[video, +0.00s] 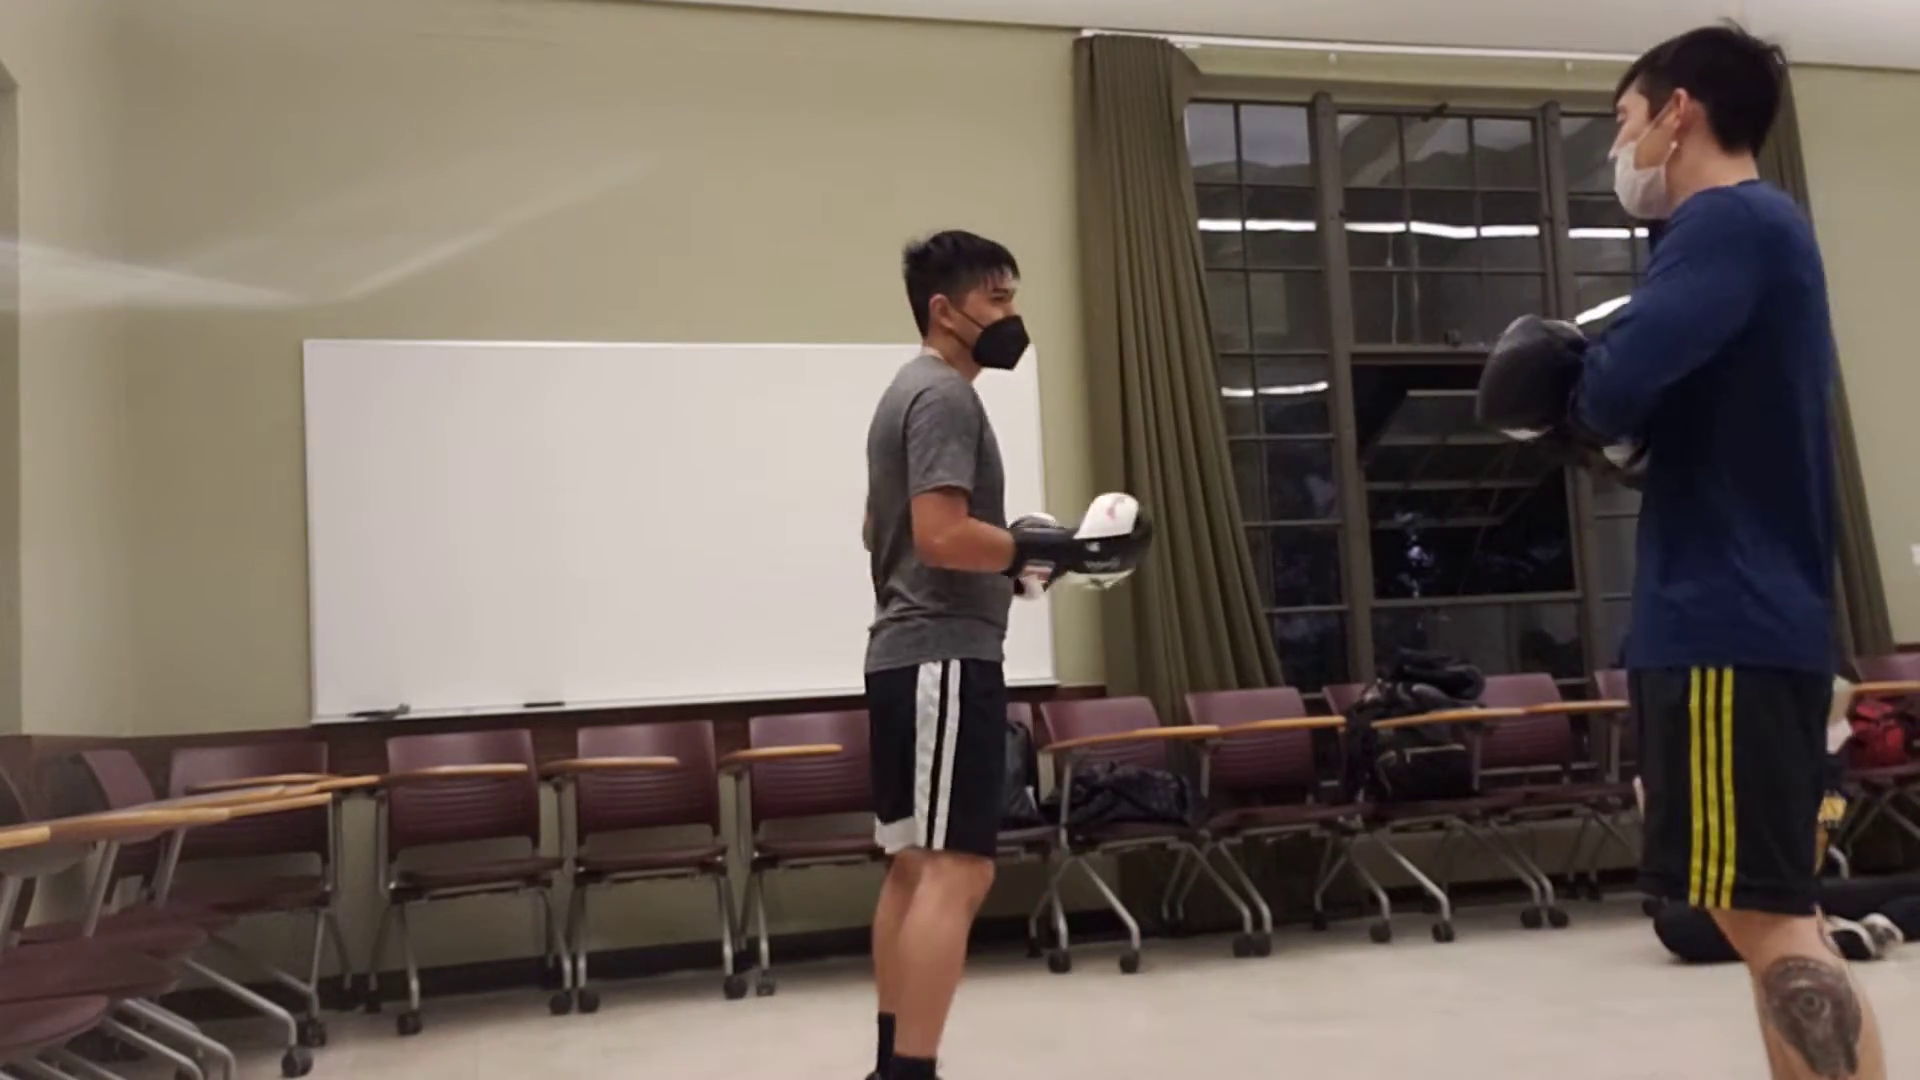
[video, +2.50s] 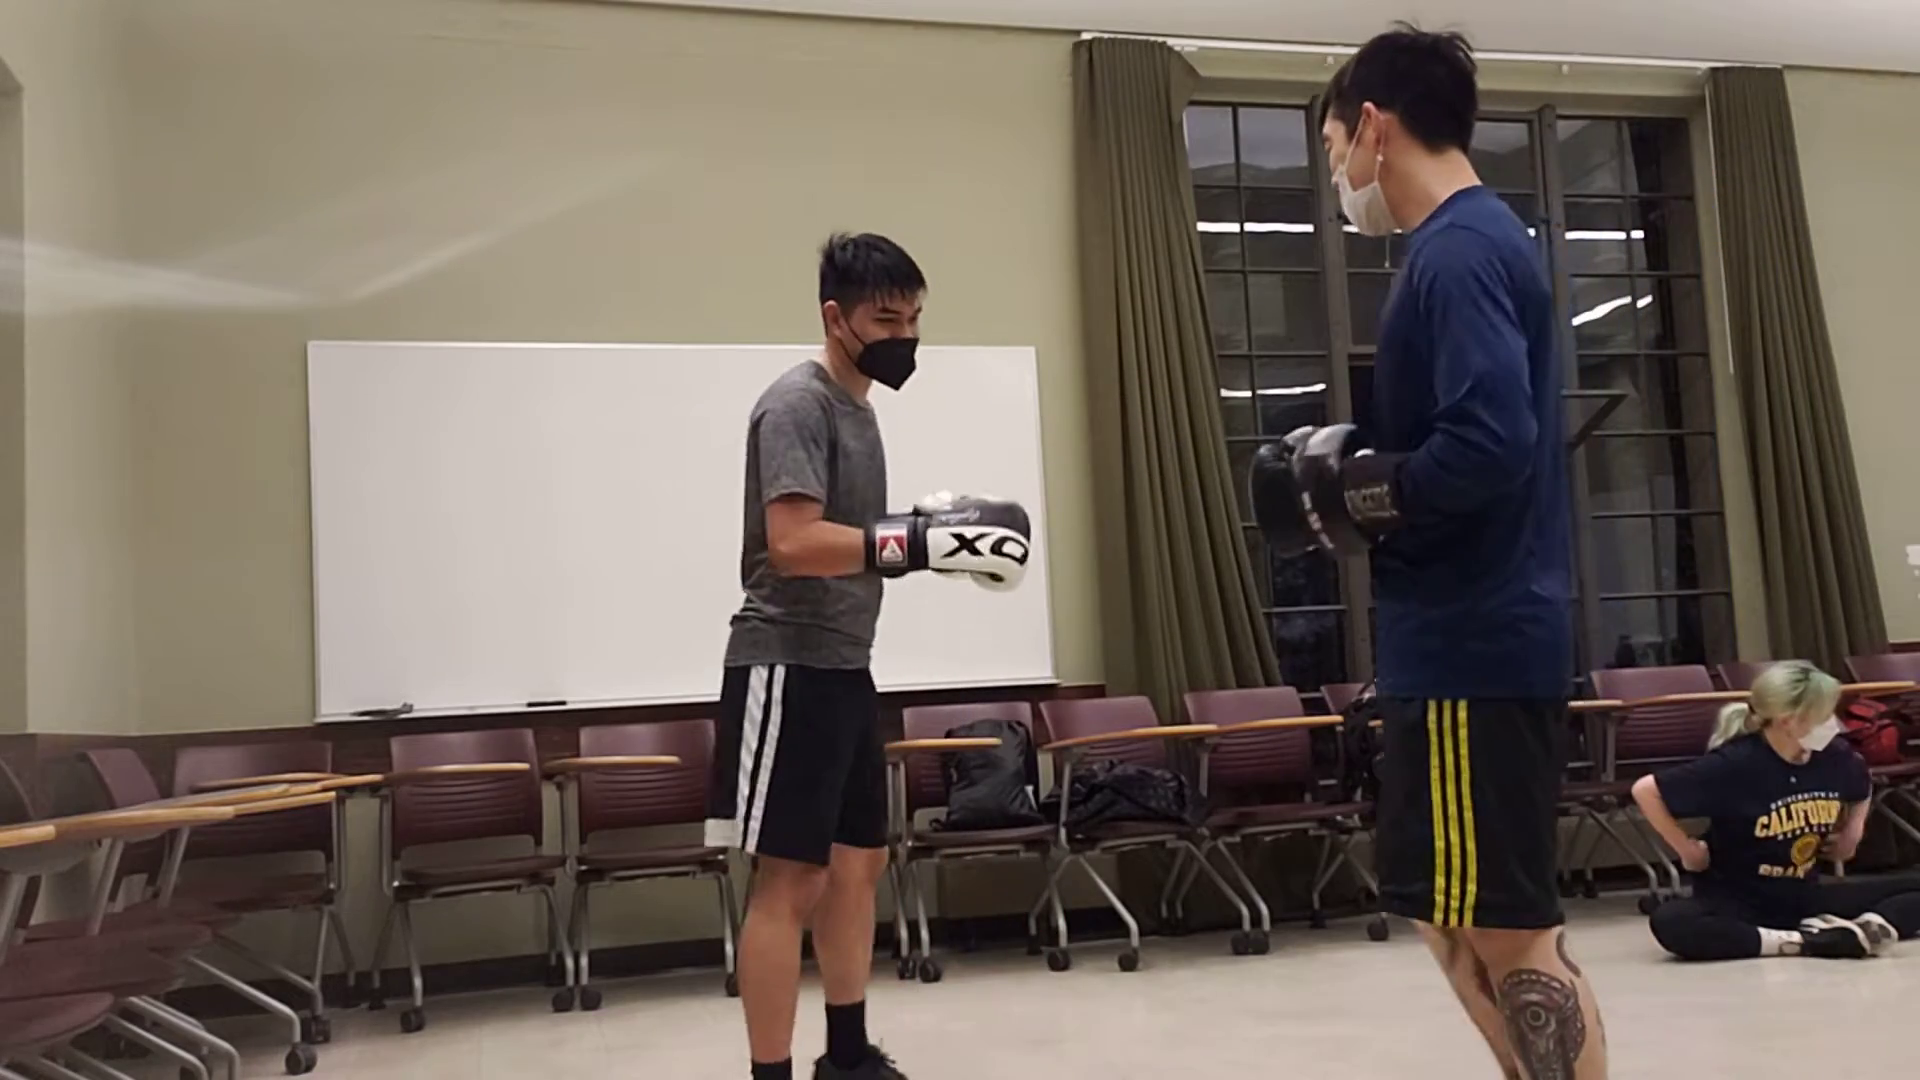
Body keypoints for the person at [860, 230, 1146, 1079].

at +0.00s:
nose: (1013, 311)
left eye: (1012, 296)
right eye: (997, 296)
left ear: (943, 311)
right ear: (942, 306)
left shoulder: (908, 393)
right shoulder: (943, 394)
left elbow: (891, 539)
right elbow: (941, 535)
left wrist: (1011, 558)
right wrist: (1035, 548)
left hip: (908, 655)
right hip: (946, 657)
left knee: (910, 870)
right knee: (959, 871)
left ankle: (895, 1061)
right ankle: (912, 1068)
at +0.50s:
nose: (999, 310)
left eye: (1000, 295)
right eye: (983, 296)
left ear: (932, 308)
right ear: (929, 302)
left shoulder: (900, 389)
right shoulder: (923, 394)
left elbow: (867, 520)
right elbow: (901, 522)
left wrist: (979, 531)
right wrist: (991, 566)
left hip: (933, 659)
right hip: (934, 663)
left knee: (939, 873)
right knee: (934, 874)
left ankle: (906, 1062)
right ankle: (906, 1066)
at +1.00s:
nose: (995, 342)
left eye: (1001, 326)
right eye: (978, 326)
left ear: (1003, 320)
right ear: (927, 326)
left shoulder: (950, 419)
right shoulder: (907, 411)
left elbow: (976, 540)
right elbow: (942, 536)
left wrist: (1039, 479)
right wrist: (1032, 476)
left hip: (963, 658)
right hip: (951, 660)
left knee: (941, 854)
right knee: (1019, 860)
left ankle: (897, 1058)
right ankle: (1040, 1071)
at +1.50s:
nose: (1044, 309)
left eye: (1046, 292)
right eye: (1028, 293)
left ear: (978, 305)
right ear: (974, 301)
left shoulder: (950, 384)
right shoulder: (979, 387)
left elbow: (989, 515)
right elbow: (1017, 526)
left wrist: (1076, 474)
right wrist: (1119, 475)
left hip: (959, 647)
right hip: (995, 650)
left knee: (965, 855)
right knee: (1033, 866)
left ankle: (909, 1051)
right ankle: (1054, 1074)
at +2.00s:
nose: (967, 335)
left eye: (972, 319)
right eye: (948, 320)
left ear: (972, 315)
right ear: (898, 324)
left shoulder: (922, 414)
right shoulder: (869, 414)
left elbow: (903, 542)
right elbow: (841, 554)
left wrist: (977, 553)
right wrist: (950, 570)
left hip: (909, 659)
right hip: (878, 661)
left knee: (893, 864)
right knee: (941, 860)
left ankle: (882, 1060)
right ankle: (948, 1067)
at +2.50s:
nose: (903, 334)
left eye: (911, 316)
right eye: (883, 316)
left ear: (917, 313)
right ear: (833, 314)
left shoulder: (858, 412)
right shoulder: (796, 404)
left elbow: (839, 542)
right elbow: (793, 544)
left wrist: (924, 532)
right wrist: (912, 543)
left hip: (844, 671)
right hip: (785, 671)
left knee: (856, 861)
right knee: (787, 879)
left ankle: (848, 1052)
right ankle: (771, 1074)